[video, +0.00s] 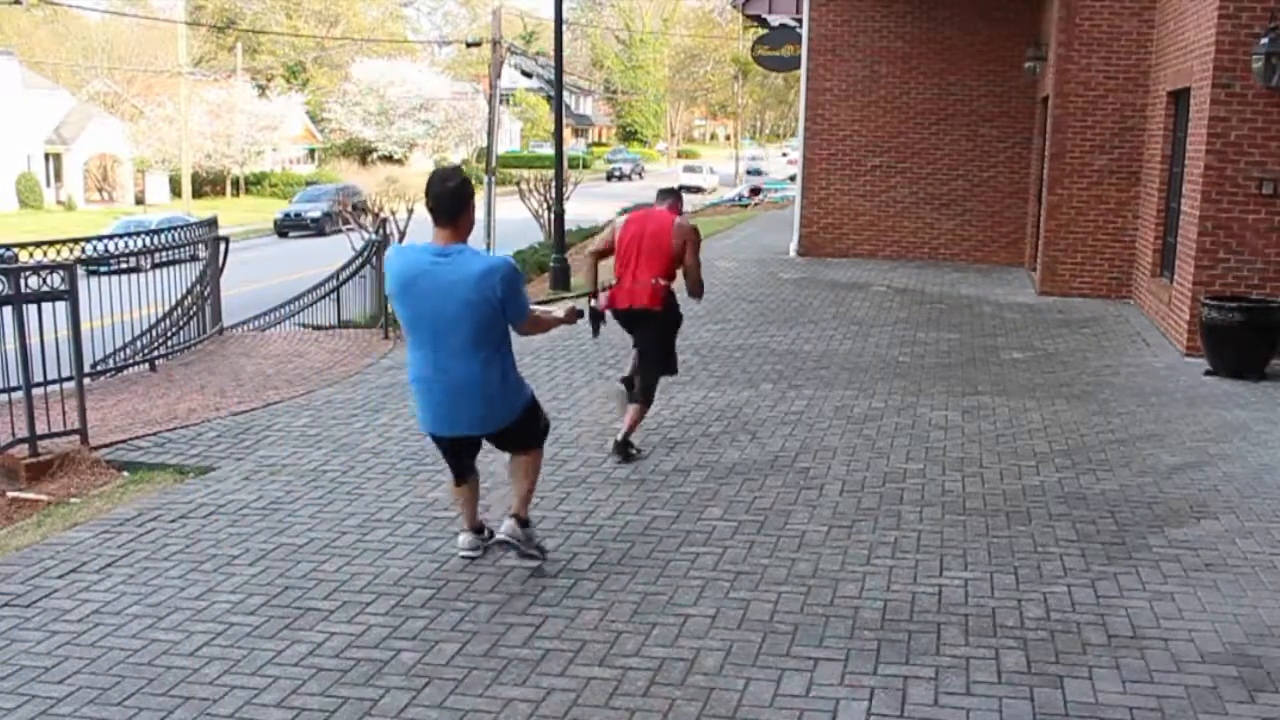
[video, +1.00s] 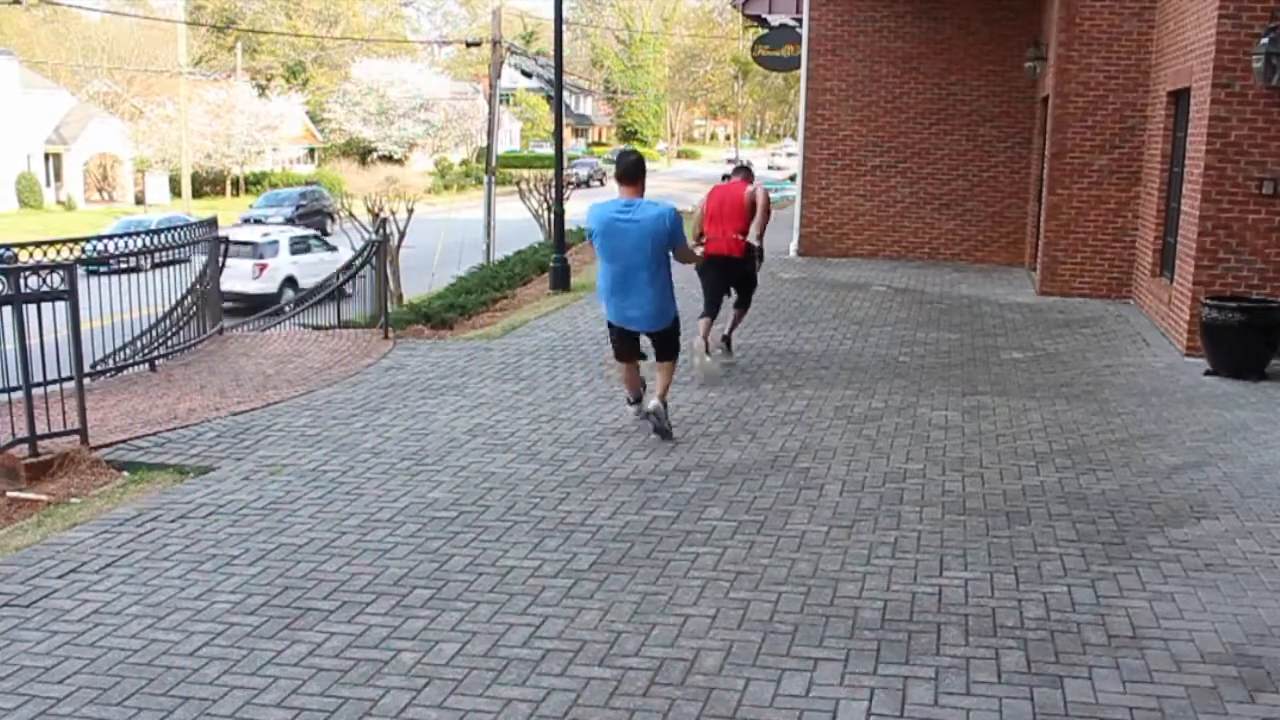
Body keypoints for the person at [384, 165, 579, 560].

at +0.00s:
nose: (473, 212)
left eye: (469, 206)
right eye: (473, 206)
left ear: (429, 210)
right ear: (470, 212)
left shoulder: (398, 264)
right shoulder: (496, 271)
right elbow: (525, 323)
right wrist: (561, 319)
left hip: (436, 408)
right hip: (494, 402)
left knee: (461, 468)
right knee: (531, 435)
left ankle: (471, 531)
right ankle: (518, 520)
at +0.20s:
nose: (521, 200)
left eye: (518, 195)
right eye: (520, 195)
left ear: (479, 199)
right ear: (518, 200)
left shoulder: (451, 240)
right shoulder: (539, 255)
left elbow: (448, 278)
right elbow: (556, 303)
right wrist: (577, 299)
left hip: (475, 380)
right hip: (529, 379)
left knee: (483, 443)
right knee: (557, 434)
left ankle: (474, 508)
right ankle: (575, 493)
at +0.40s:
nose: (563, 191)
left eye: (560, 186)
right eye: (561, 186)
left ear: (520, 192)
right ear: (554, 192)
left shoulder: (494, 234)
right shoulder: (578, 240)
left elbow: (501, 278)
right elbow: (598, 286)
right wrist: (618, 284)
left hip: (519, 352)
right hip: (567, 356)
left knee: (531, 402)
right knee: (585, 420)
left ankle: (528, 469)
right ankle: (576, 486)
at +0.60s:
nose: (579, 188)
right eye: (580, 183)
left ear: (548, 189)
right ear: (581, 187)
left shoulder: (527, 228)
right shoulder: (601, 232)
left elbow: (528, 267)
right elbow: (621, 279)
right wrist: (647, 279)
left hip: (551, 338)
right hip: (596, 335)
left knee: (562, 398)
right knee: (620, 377)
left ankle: (561, 453)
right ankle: (615, 441)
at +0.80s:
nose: (624, 185)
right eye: (624, 181)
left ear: (594, 184)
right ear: (623, 184)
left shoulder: (570, 219)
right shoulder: (641, 227)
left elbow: (561, 246)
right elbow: (652, 267)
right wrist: (661, 262)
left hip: (586, 318)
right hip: (627, 323)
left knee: (591, 357)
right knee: (641, 375)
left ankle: (575, 408)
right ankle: (652, 428)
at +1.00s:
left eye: (619, 176)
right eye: (642, 175)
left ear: (615, 179)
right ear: (644, 177)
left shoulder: (597, 214)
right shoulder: (664, 214)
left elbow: (598, 251)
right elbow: (682, 254)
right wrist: (696, 255)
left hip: (617, 308)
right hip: (657, 308)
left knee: (627, 360)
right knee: (667, 354)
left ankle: (637, 403)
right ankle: (659, 400)